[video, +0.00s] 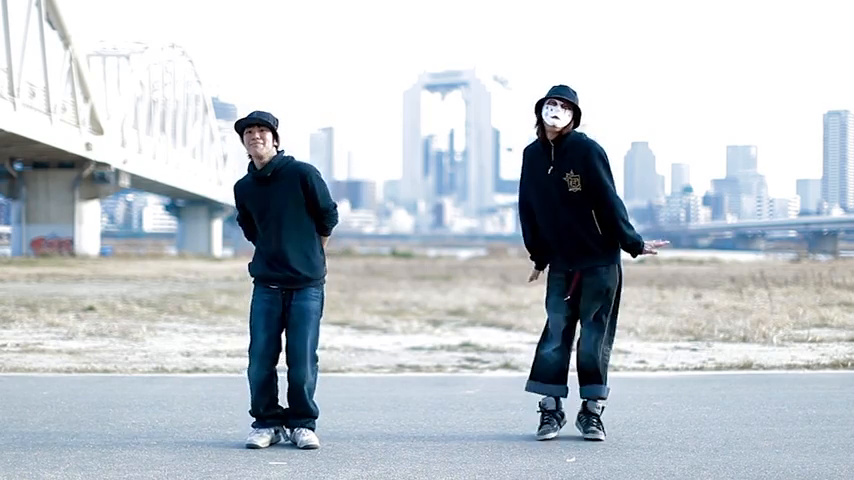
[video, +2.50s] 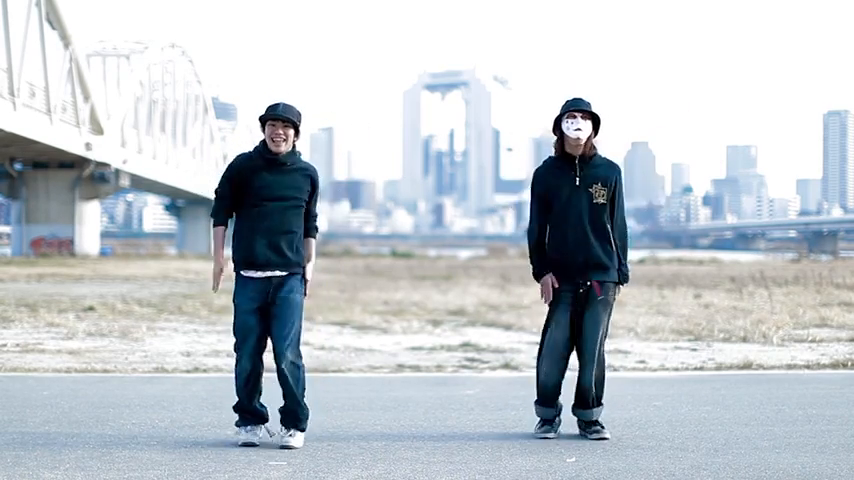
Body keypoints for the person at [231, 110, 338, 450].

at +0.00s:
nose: (256, 139)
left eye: (261, 133)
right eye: (249, 135)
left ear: (274, 137)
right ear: (244, 143)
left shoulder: (303, 173)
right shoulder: (243, 187)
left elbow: (328, 216)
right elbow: (250, 230)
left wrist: (314, 245)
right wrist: (277, 246)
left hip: (306, 282)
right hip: (266, 283)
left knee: (301, 356)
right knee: (259, 356)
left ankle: (302, 425)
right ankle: (266, 424)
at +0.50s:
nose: (268, 136)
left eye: (274, 131)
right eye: (262, 131)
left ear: (285, 136)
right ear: (252, 137)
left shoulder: (309, 170)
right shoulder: (241, 177)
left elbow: (332, 197)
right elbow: (236, 217)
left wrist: (318, 232)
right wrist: (257, 240)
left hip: (306, 276)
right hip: (264, 277)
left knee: (306, 351)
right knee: (257, 351)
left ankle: (304, 422)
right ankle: (262, 422)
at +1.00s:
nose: (276, 125)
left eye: (283, 120)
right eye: (271, 119)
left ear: (294, 127)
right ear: (262, 124)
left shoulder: (310, 168)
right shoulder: (250, 165)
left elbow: (320, 218)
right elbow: (242, 217)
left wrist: (328, 259)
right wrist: (235, 204)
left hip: (303, 273)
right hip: (260, 272)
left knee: (303, 352)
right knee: (251, 346)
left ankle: (303, 422)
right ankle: (269, 388)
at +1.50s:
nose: (283, 128)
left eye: (290, 122)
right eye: (278, 121)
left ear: (300, 128)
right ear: (267, 125)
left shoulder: (312, 168)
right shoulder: (248, 160)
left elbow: (321, 217)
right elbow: (231, 206)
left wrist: (333, 191)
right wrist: (221, 247)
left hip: (297, 268)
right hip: (257, 268)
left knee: (293, 343)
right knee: (256, 345)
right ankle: (261, 420)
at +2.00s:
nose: (276, 125)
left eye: (283, 121)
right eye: (271, 120)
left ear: (294, 127)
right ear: (261, 125)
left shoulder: (311, 165)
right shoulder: (243, 166)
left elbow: (346, 196)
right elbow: (204, 189)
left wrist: (380, 212)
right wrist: (165, 201)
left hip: (298, 272)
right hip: (255, 273)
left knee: (295, 350)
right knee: (243, 347)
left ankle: (293, 425)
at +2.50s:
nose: (278, 132)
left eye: (285, 127)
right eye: (273, 126)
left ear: (296, 133)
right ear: (264, 129)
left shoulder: (307, 174)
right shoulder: (242, 166)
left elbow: (310, 224)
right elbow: (220, 211)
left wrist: (309, 264)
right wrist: (218, 257)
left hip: (290, 277)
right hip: (249, 276)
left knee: (287, 353)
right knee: (247, 354)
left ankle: (294, 425)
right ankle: (250, 422)